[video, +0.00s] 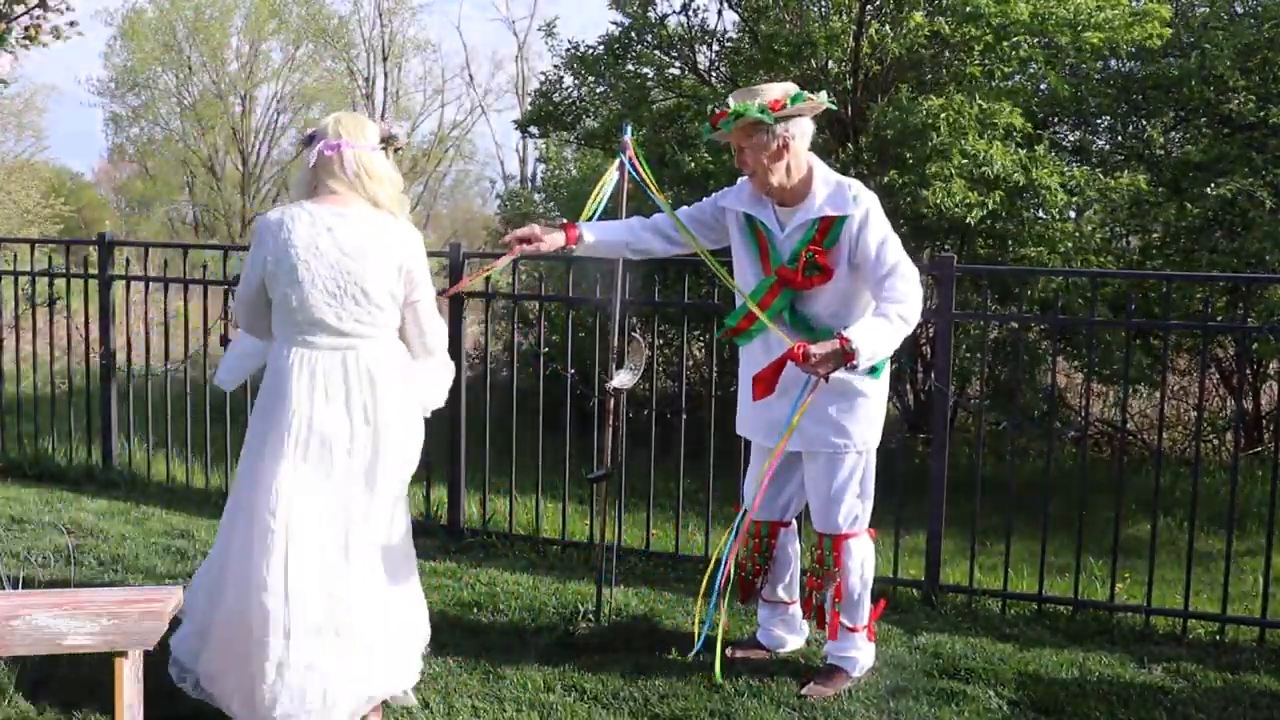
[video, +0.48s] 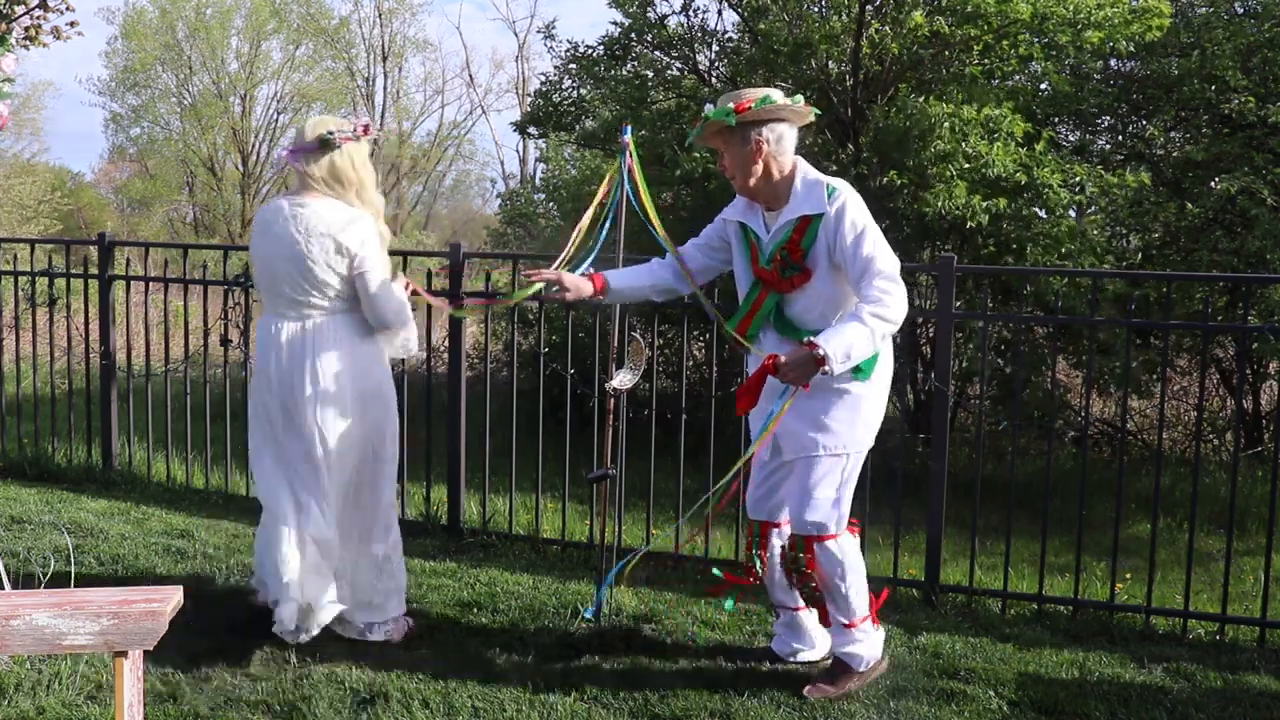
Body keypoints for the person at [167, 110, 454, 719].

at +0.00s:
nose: (393, 163)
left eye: (307, 156)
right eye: (385, 153)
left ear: (313, 164)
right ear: (374, 164)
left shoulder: (278, 225)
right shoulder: (400, 235)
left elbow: (249, 317)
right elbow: (428, 337)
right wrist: (423, 389)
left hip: (296, 390)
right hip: (377, 389)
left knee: (289, 532)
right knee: (368, 535)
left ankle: (283, 684)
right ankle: (365, 687)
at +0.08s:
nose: (387, 172)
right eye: (380, 164)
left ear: (314, 175)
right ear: (375, 175)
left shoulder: (283, 234)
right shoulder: (399, 242)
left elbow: (263, 320)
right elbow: (425, 338)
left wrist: (298, 350)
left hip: (299, 388)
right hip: (377, 389)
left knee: (286, 521)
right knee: (367, 525)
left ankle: (273, 667)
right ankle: (359, 671)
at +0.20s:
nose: (388, 181)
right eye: (382, 172)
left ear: (317, 180)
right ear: (376, 183)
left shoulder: (283, 238)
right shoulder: (392, 244)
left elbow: (285, 314)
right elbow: (419, 335)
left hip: (300, 381)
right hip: (375, 381)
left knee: (313, 532)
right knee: (360, 522)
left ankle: (363, 684)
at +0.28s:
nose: (390, 176)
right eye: (386, 167)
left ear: (321, 172)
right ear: (376, 177)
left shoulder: (282, 227)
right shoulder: (382, 235)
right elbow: (415, 327)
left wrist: (376, 158)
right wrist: (419, 328)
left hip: (299, 371)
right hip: (367, 370)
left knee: (315, 514)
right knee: (364, 511)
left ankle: (357, 657)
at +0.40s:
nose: (298, 162)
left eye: (306, 156)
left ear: (317, 165)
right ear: (363, 167)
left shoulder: (276, 218)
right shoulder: (369, 225)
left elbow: (288, 285)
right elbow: (402, 316)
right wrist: (409, 289)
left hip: (287, 357)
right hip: (354, 356)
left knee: (288, 484)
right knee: (364, 486)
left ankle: (286, 615)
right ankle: (363, 615)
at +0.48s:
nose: (370, 171)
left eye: (367, 162)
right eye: (365, 163)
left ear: (301, 166)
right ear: (352, 167)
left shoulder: (268, 217)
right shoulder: (355, 224)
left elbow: (274, 284)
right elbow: (383, 310)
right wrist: (401, 295)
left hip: (276, 350)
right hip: (341, 354)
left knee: (289, 476)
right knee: (360, 478)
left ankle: (294, 602)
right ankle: (372, 610)